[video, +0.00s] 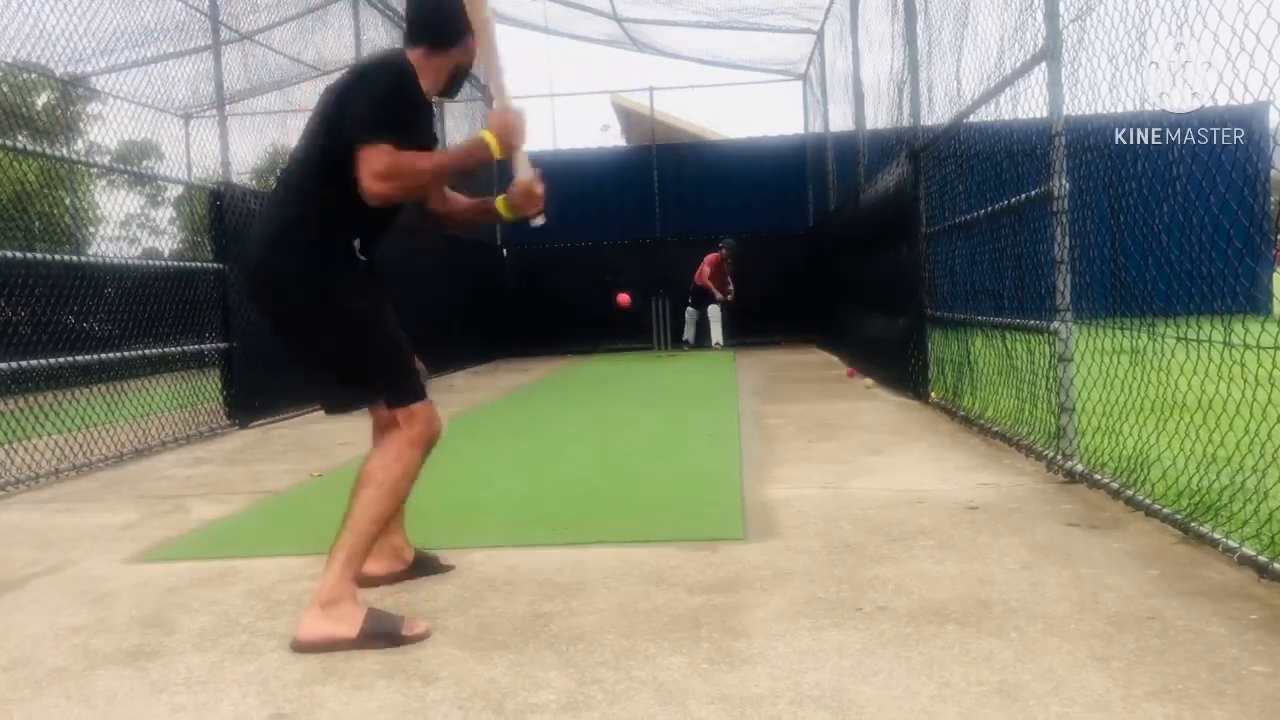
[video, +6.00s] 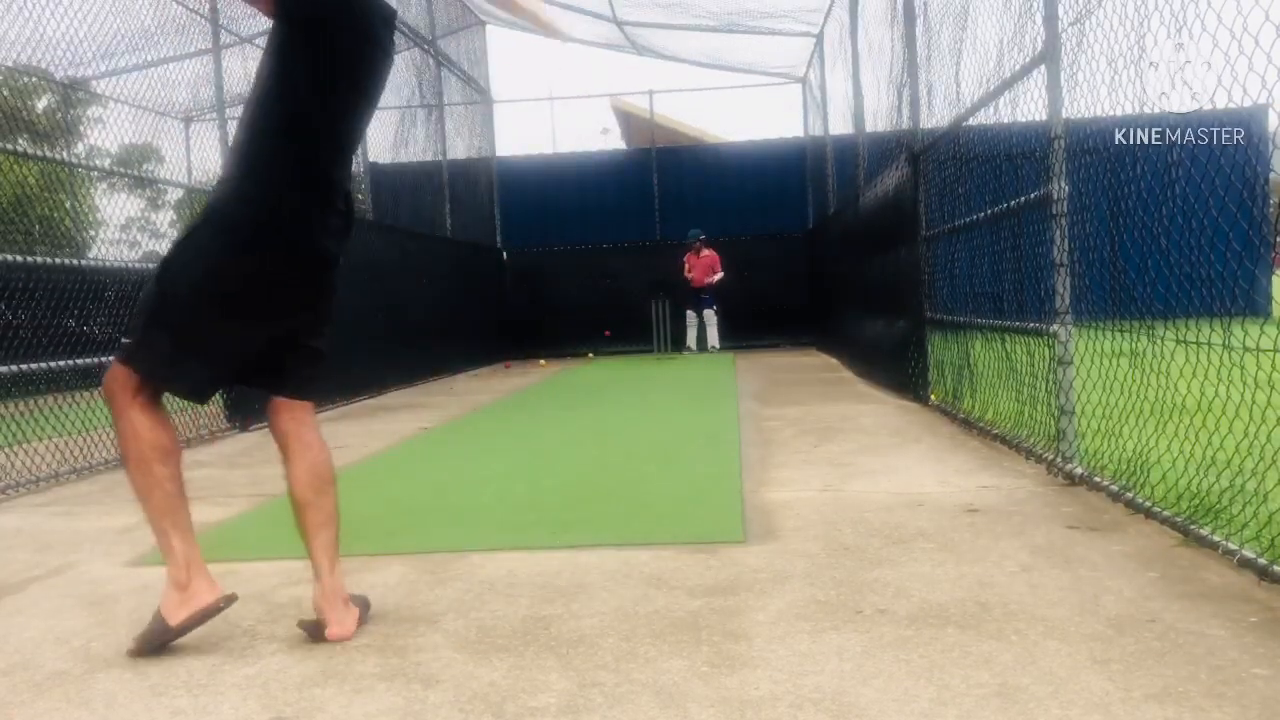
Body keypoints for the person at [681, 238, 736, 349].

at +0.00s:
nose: (725, 253)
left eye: (728, 251)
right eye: (724, 250)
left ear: (730, 252)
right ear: (721, 249)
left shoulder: (726, 263)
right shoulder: (711, 259)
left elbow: (727, 278)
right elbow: (704, 278)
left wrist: (731, 291)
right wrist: (716, 292)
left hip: (714, 290)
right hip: (699, 288)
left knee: (714, 312)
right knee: (691, 313)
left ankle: (717, 342)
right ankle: (688, 341)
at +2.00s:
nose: (701, 240)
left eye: (704, 237)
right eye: (699, 237)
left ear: (708, 238)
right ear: (696, 239)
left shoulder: (715, 253)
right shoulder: (691, 253)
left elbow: (721, 271)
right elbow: (686, 269)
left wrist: (719, 279)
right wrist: (691, 274)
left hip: (711, 286)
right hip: (696, 287)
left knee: (715, 312)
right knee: (696, 315)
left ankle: (721, 341)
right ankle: (699, 343)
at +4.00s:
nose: (704, 241)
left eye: (706, 239)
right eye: (703, 239)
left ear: (712, 239)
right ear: (702, 240)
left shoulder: (723, 251)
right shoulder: (699, 254)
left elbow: (730, 269)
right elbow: (696, 270)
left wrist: (724, 275)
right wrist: (702, 273)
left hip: (718, 285)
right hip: (704, 286)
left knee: (721, 312)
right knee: (702, 313)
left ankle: (725, 341)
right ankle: (702, 342)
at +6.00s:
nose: (693, 246)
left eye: (695, 243)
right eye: (691, 243)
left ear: (701, 241)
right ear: (690, 243)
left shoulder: (712, 255)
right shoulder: (688, 257)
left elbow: (719, 272)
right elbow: (686, 272)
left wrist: (713, 279)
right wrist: (689, 276)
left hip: (707, 288)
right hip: (693, 288)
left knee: (709, 315)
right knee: (691, 316)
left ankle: (713, 345)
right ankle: (691, 346)